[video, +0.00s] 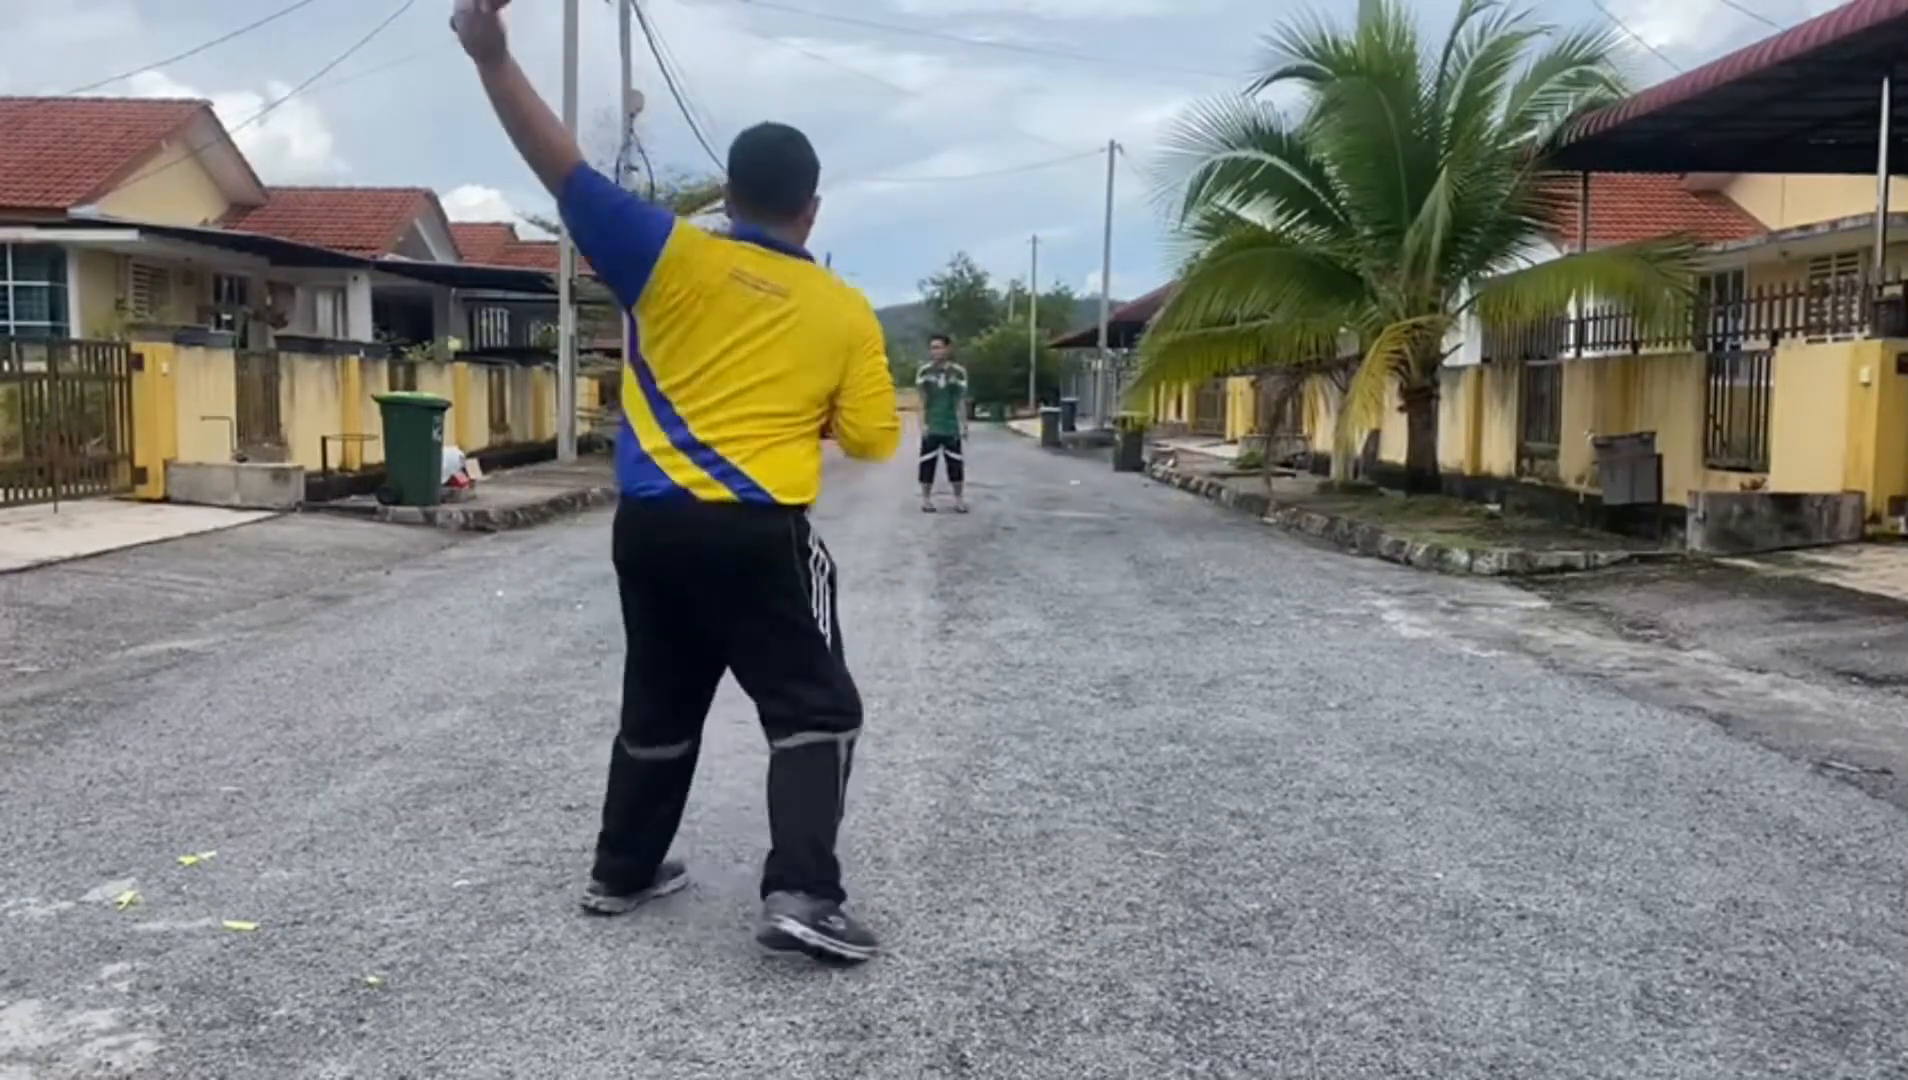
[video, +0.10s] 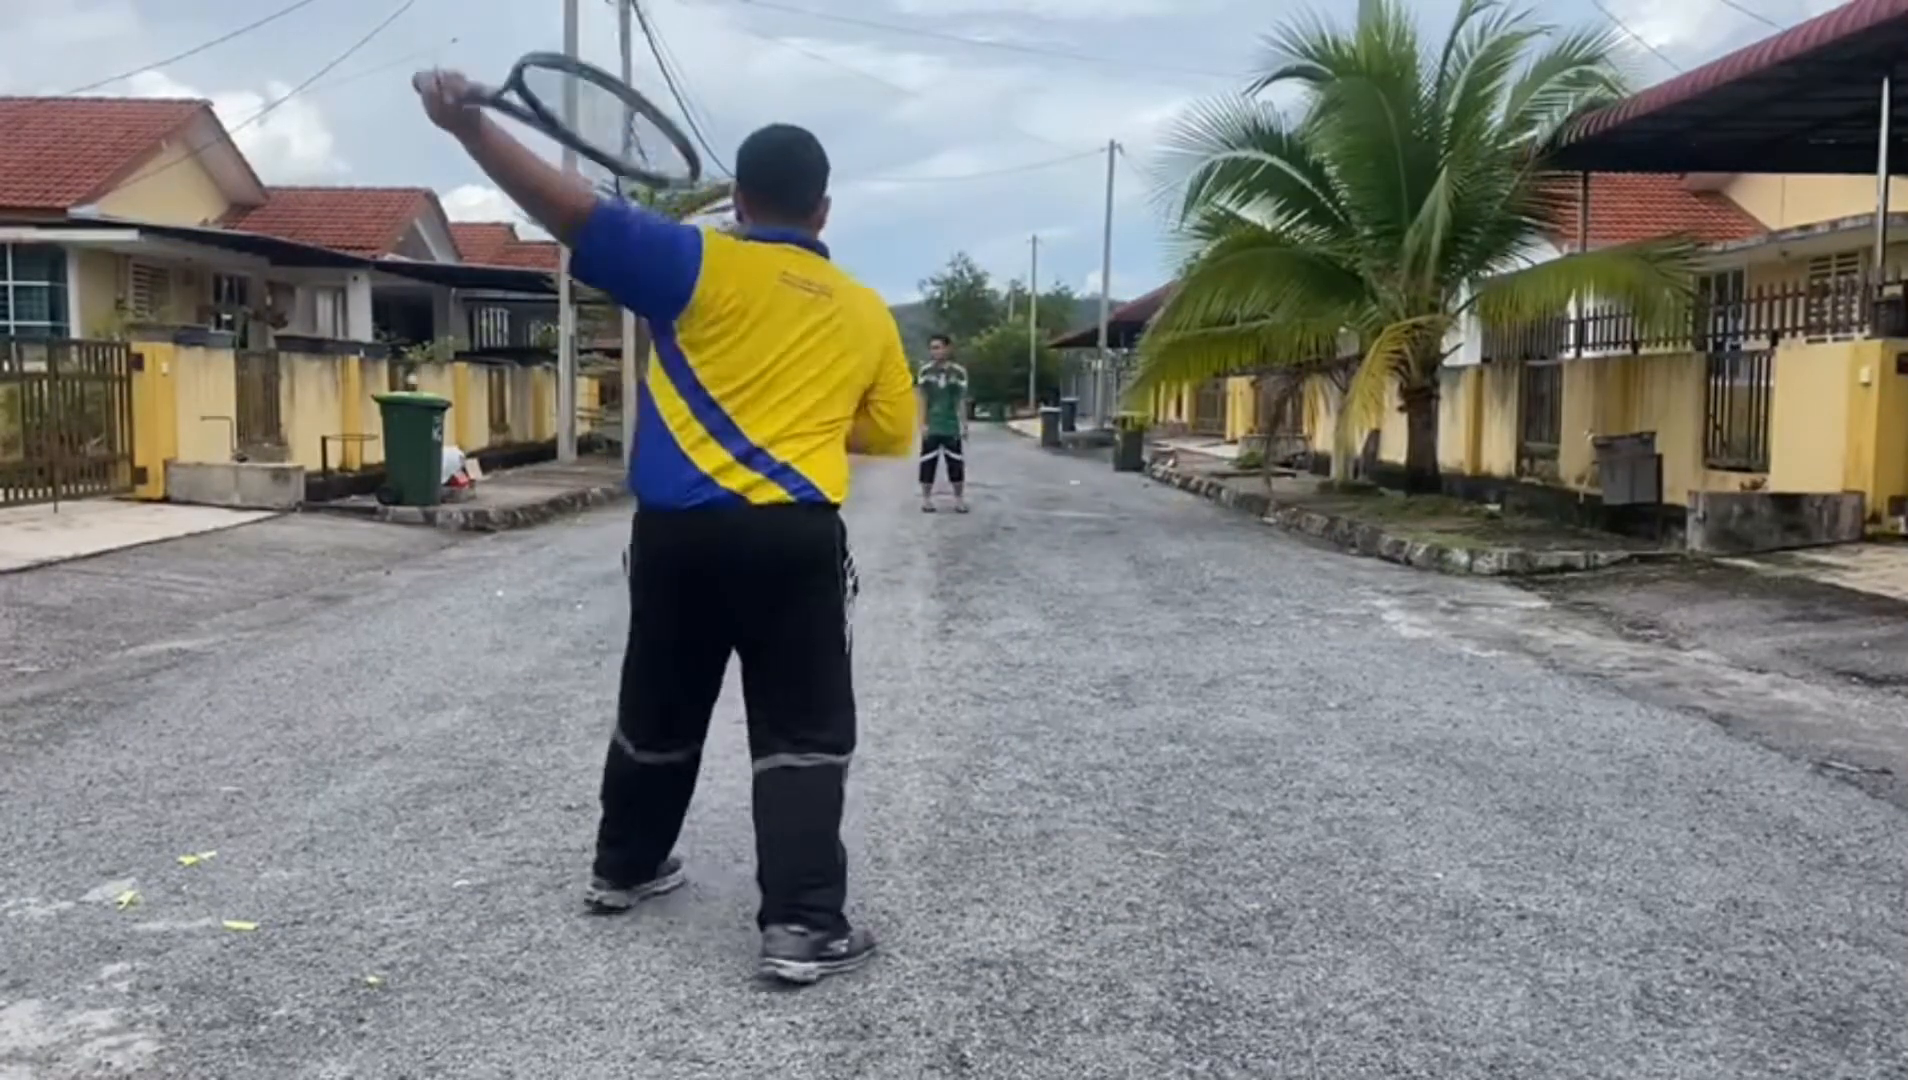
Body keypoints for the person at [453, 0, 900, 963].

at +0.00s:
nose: (807, 205)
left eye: (776, 188)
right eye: (810, 194)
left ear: (726, 194)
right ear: (810, 207)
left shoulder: (669, 250)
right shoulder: (844, 310)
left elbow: (565, 171)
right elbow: (872, 437)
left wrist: (493, 58)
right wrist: (811, 405)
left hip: (649, 525)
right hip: (755, 535)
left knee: (659, 703)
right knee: (813, 709)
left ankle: (623, 870)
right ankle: (800, 892)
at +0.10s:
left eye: (739, 193)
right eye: (828, 203)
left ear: (737, 197)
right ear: (824, 211)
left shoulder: (691, 260)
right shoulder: (863, 311)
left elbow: (571, 203)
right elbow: (891, 432)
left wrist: (468, 119)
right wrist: (807, 405)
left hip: (678, 533)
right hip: (794, 540)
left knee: (660, 704)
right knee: (800, 726)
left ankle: (625, 867)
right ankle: (801, 924)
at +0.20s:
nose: (742, 209)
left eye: (743, 197)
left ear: (750, 195)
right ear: (832, 202)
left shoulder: (731, 250)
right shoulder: (867, 307)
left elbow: (608, 244)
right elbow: (899, 431)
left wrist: (488, 233)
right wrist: (812, 409)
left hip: (701, 527)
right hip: (818, 538)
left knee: (657, 712)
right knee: (811, 734)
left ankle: (603, 882)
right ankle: (799, 927)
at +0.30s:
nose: (741, 200)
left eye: (741, 189)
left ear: (746, 188)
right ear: (832, 192)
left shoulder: (729, 252)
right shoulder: (869, 303)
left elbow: (642, 315)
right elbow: (892, 431)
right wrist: (806, 395)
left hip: (709, 530)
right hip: (828, 543)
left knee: (647, 716)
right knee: (814, 733)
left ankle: (597, 908)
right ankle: (801, 927)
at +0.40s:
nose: (725, 194)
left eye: (726, 182)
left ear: (734, 182)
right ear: (821, 188)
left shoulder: (723, 253)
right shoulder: (861, 295)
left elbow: (681, 365)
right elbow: (882, 427)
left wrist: (624, 463)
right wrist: (782, 417)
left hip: (704, 536)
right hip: (826, 546)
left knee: (644, 731)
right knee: (812, 743)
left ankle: (620, 922)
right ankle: (800, 929)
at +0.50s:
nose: (701, 190)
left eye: (702, 177)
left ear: (712, 178)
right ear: (798, 184)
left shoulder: (704, 250)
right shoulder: (837, 288)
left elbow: (681, 377)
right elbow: (873, 425)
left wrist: (644, 495)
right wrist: (777, 458)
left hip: (708, 533)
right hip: (817, 538)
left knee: (661, 749)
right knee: (803, 739)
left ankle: (646, 976)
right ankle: (802, 930)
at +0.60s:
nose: (669, 194)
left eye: (669, 180)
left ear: (679, 181)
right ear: (767, 187)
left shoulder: (681, 258)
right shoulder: (799, 288)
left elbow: (653, 389)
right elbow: (852, 428)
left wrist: (584, 505)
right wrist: (785, 500)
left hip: (695, 544)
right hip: (806, 543)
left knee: (664, 765)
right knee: (795, 742)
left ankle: (661, 1010)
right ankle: (803, 928)